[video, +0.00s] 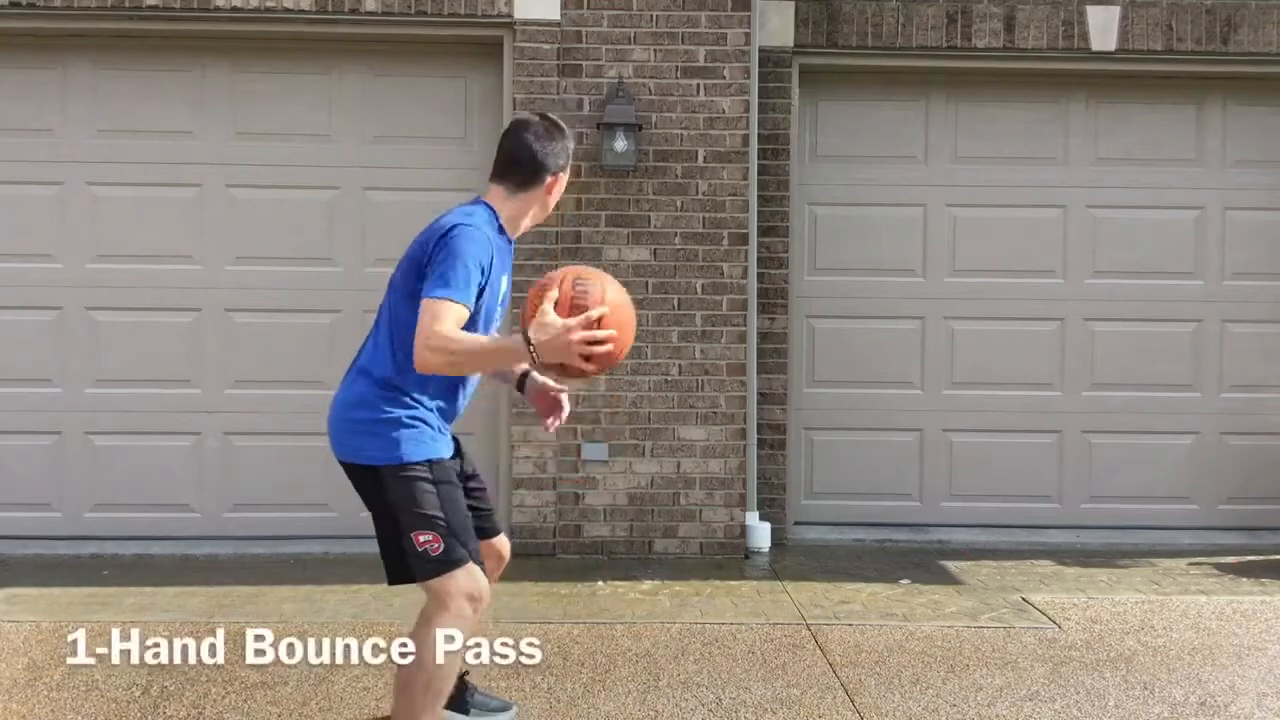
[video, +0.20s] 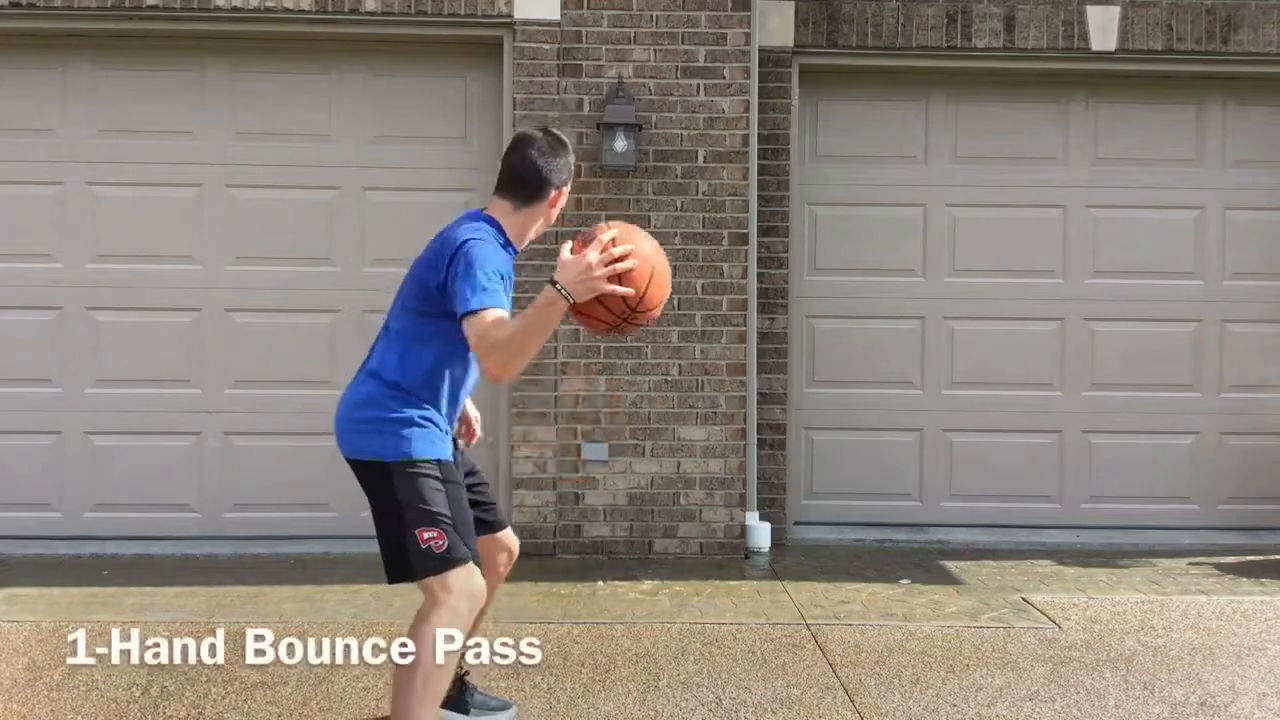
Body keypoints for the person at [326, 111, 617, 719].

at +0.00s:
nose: (561, 196)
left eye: (565, 184)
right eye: (566, 183)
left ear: (498, 168)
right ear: (554, 185)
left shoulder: (494, 246)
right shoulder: (467, 237)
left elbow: (474, 340)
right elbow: (431, 347)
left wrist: (524, 376)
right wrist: (529, 346)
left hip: (425, 424)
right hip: (387, 425)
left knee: (490, 552)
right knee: (460, 595)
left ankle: (443, 682)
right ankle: (409, 712)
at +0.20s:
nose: (564, 203)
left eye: (565, 193)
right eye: (567, 192)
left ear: (501, 178)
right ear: (557, 196)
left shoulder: (482, 240)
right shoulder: (477, 246)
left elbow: (424, 329)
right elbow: (499, 361)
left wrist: (454, 396)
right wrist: (562, 289)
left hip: (427, 424)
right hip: (394, 426)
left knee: (498, 549)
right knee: (458, 587)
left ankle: (441, 683)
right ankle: (409, 711)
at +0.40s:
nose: (555, 205)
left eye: (556, 194)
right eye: (557, 194)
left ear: (492, 181)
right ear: (548, 198)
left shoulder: (440, 230)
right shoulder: (513, 275)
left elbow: (387, 319)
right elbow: (560, 385)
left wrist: (449, 389)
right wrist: (606, 418)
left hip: (388, 415)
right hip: (402, 426)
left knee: (495, 540)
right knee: (461, 589)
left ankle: (443, 679)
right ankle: (411, 710)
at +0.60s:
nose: (554, 194)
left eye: (550, 184)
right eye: (555, 186)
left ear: (492, 178)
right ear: (547, 191)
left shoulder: (441, 227)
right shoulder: (527, 262)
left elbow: (375, 312)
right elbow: (521, 374)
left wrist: (414, 376)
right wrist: (535, 394)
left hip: (378, 412)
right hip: (421, 420)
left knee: (499, 539)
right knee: (475, 580)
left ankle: (435, 687)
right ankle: (425, 708)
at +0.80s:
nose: (551, 190)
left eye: (551, 181)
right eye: (552, 181)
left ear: (485, 177)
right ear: (544, 186)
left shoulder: (440, 232)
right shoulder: (525, 257)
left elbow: (374, 325)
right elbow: (539, 385)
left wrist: (417, 389)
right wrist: (578, 387)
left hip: (385, 418)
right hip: (422, 428)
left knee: (503, 543)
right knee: (481, 594)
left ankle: (428, 692)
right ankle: (438, 711)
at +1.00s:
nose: (544, 166)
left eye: (541, 156)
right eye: (543, 157)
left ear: (477, 160)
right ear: (533, 165)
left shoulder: (440, 220)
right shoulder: (522, 235)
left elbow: (383, 319)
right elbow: (614, 313)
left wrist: (449, 406)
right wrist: (659, 256)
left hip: (387, 416)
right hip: (425, 425)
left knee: (494, 542)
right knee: (483, 593)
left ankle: (431, 693)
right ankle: (436, 712)